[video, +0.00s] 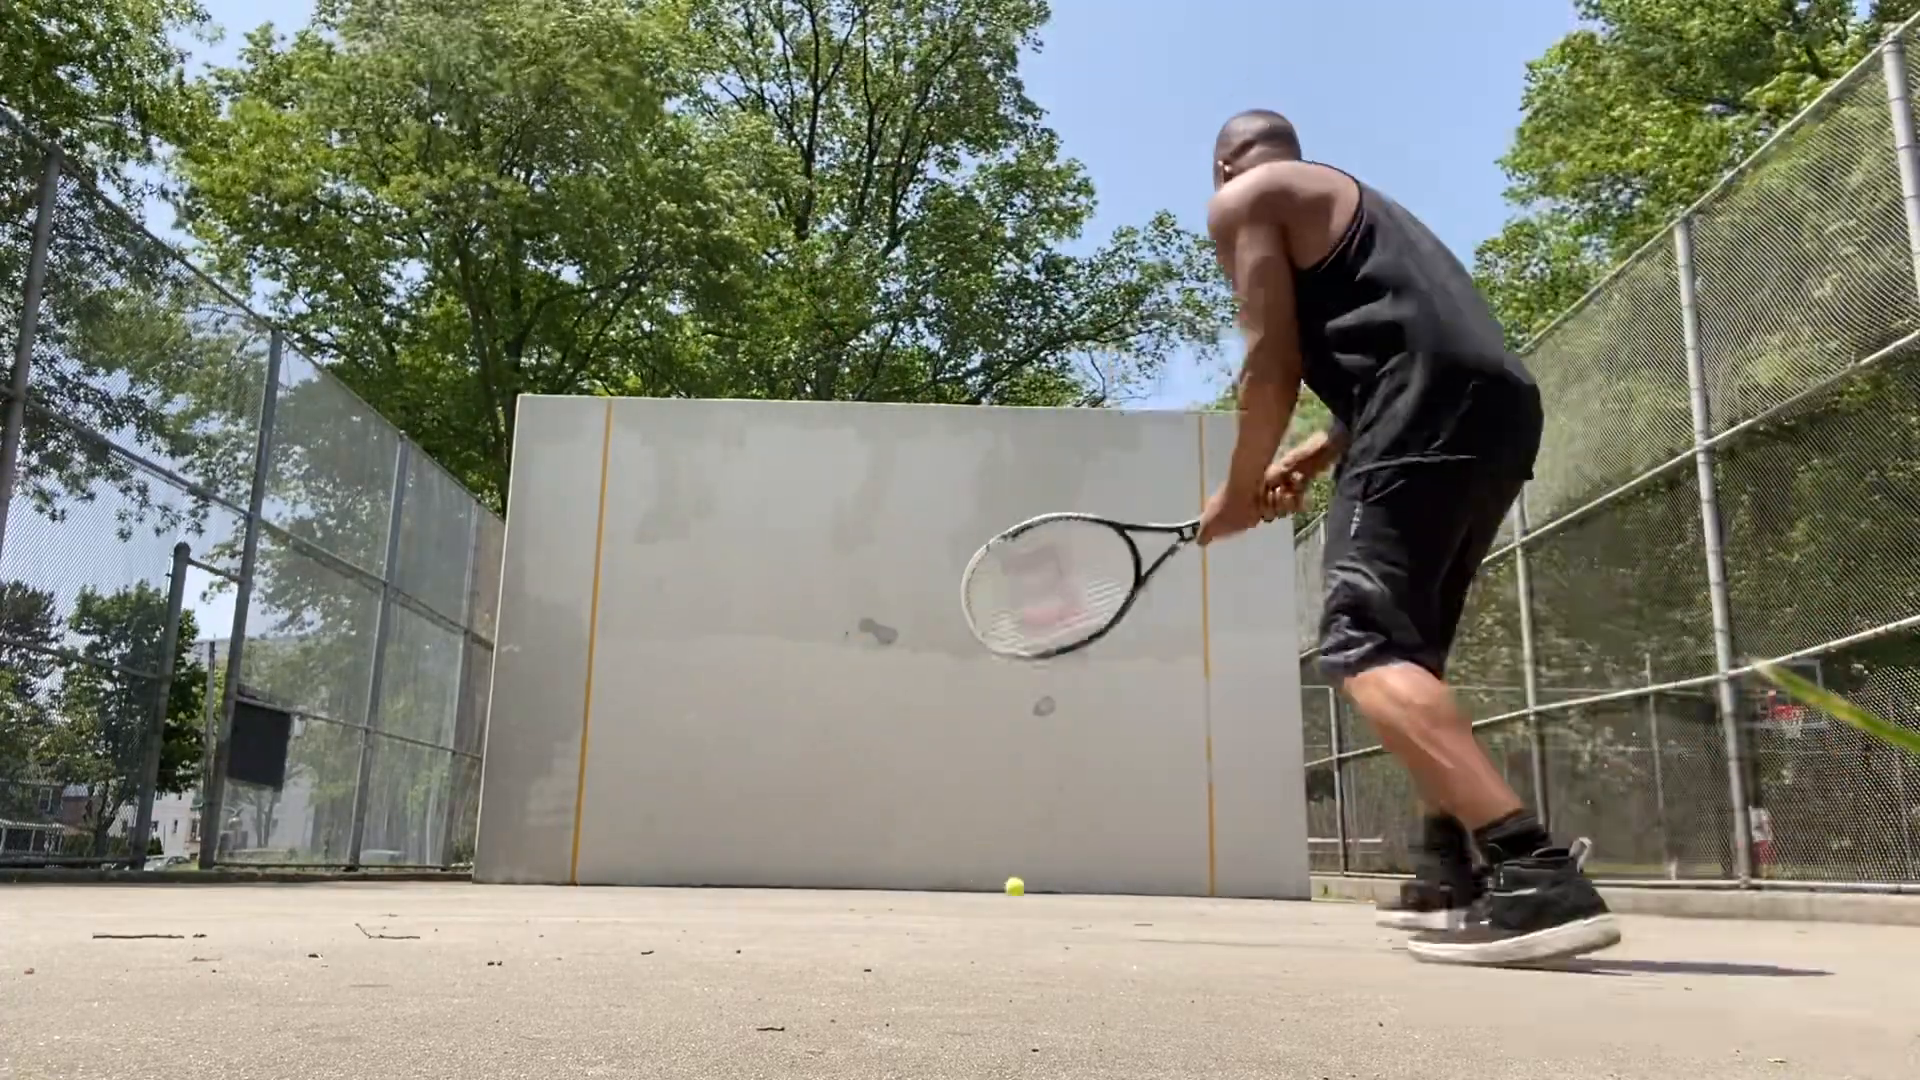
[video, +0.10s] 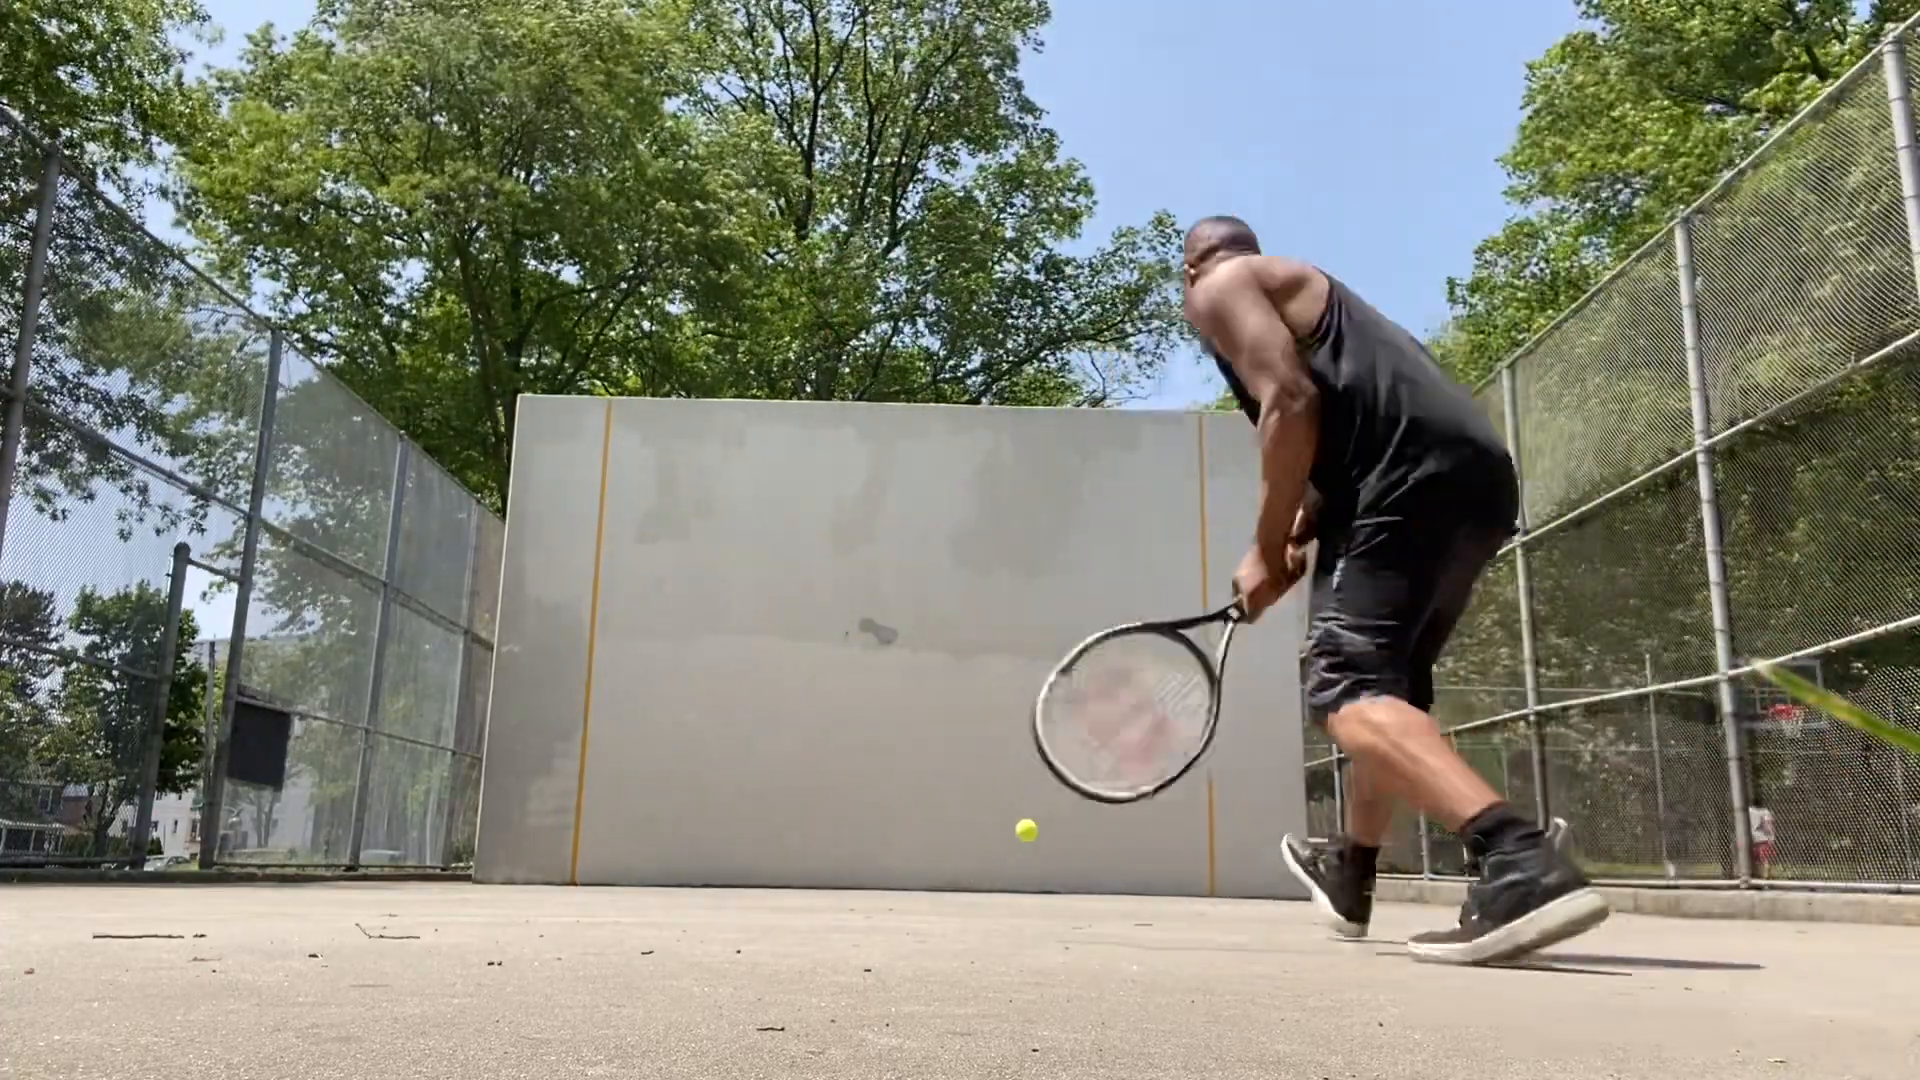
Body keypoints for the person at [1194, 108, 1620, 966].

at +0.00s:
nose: (1219, 181)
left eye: (1220, 168)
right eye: (1224, 167)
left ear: (1229, 161)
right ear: (1290, 153)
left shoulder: (1248, 195)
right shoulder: (1349, 206)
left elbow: (1273, 359)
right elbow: (1401, 374)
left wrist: (1240, 491)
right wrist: (1310, 457)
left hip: (1429, 394)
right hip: (1500, 401)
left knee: (1360, 646)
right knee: (1415, 639)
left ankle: (1532, 869)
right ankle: (1449, 864)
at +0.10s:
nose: (1184, 274)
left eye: (1188, 263)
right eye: (1188, 263)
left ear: (1201, 259)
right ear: (1249, 250)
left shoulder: (1221, 283)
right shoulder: (1301, 295)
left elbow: (1290, 399)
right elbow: (1342, 445)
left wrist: (1269, 546)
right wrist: (1297, 541)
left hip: (1416, 468)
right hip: (1477, 472)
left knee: (1345, 686)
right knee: (1396, 678)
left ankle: (1517, 857)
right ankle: (1350, 872)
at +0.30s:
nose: (1136, 416)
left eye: (1136, 408)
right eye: (1141, 409)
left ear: (1142, 401)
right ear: (1188, 396)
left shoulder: (1157, 418)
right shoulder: (1242, 428)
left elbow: (1239, 482)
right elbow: (1276, 539)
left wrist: (1255, 606)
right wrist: (1239, 615)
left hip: (1348, 529)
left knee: (1374, 727)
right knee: (1291, 702)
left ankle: (1516, 815)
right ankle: (1304, 885)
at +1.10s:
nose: (1065, 341)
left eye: (1065, 331)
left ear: (1071, 332)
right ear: (1129, 331)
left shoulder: (1038, 379)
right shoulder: (1173, 370)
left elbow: (1025, 492)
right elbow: (1226, 450)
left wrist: (1079, 526)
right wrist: (1178, 508)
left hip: (1091, 551)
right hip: (1180, 555)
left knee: (1033, 705)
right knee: (1183, 706)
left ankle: (1011, 882)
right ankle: (1252, 841)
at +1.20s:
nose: (1073, 328)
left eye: (1070, 320)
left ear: (1069, 326)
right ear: (1127, 325)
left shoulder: (1032, 374)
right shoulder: (1167, 361)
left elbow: (1022, 490)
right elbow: (1211, 436)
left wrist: (1085, 509)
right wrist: (1162, 493)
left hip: (1078, 544)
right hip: (1165, 546)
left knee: (1037, 704)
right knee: (1190, 702)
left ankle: (1012, 879)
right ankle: (1258, 847)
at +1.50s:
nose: (1146, 352)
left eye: (1140, 344)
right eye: (1144, 344)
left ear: (1086, 343)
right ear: (1137, 344)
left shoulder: (1039, 389)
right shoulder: (1143, 375)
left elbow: (1049, 471)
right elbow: (1188, 447)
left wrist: (1133, 483)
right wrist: (1228, 431)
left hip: (1037, 554)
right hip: (1115, 557)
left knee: (1022, 709)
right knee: (1173, 703)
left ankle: (1008, 870)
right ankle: (1191, 854)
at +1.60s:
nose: (1165, 371)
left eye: (1161, 362)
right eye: (1164, 364)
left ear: (1110, 360)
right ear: (1155, 360)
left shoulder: (1060, 407)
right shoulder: (1152, 387)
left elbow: (1035, 492)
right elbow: (1176, 448)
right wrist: (1259, 402)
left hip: (1045, 572)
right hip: (1123, 576)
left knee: (1025, 716)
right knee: (1161, 725)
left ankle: (1006, 863)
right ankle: (1193, 872)